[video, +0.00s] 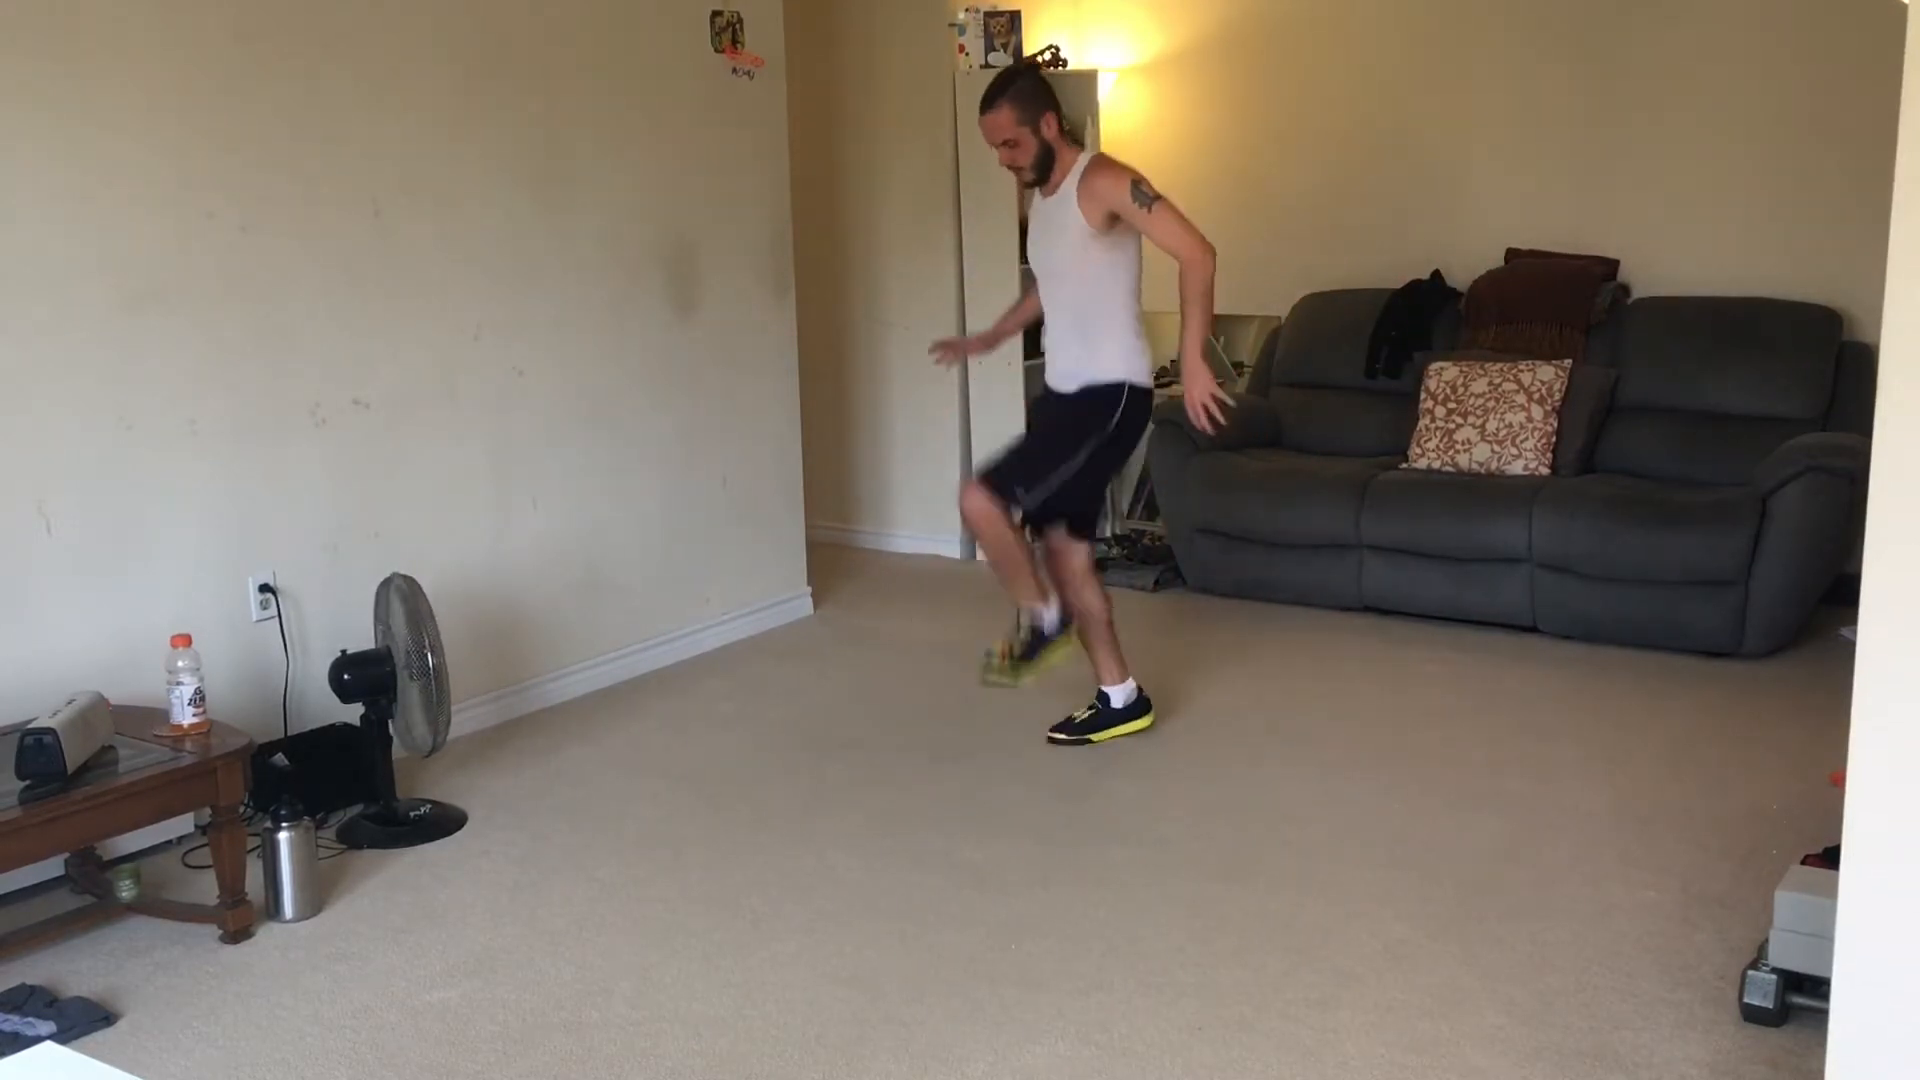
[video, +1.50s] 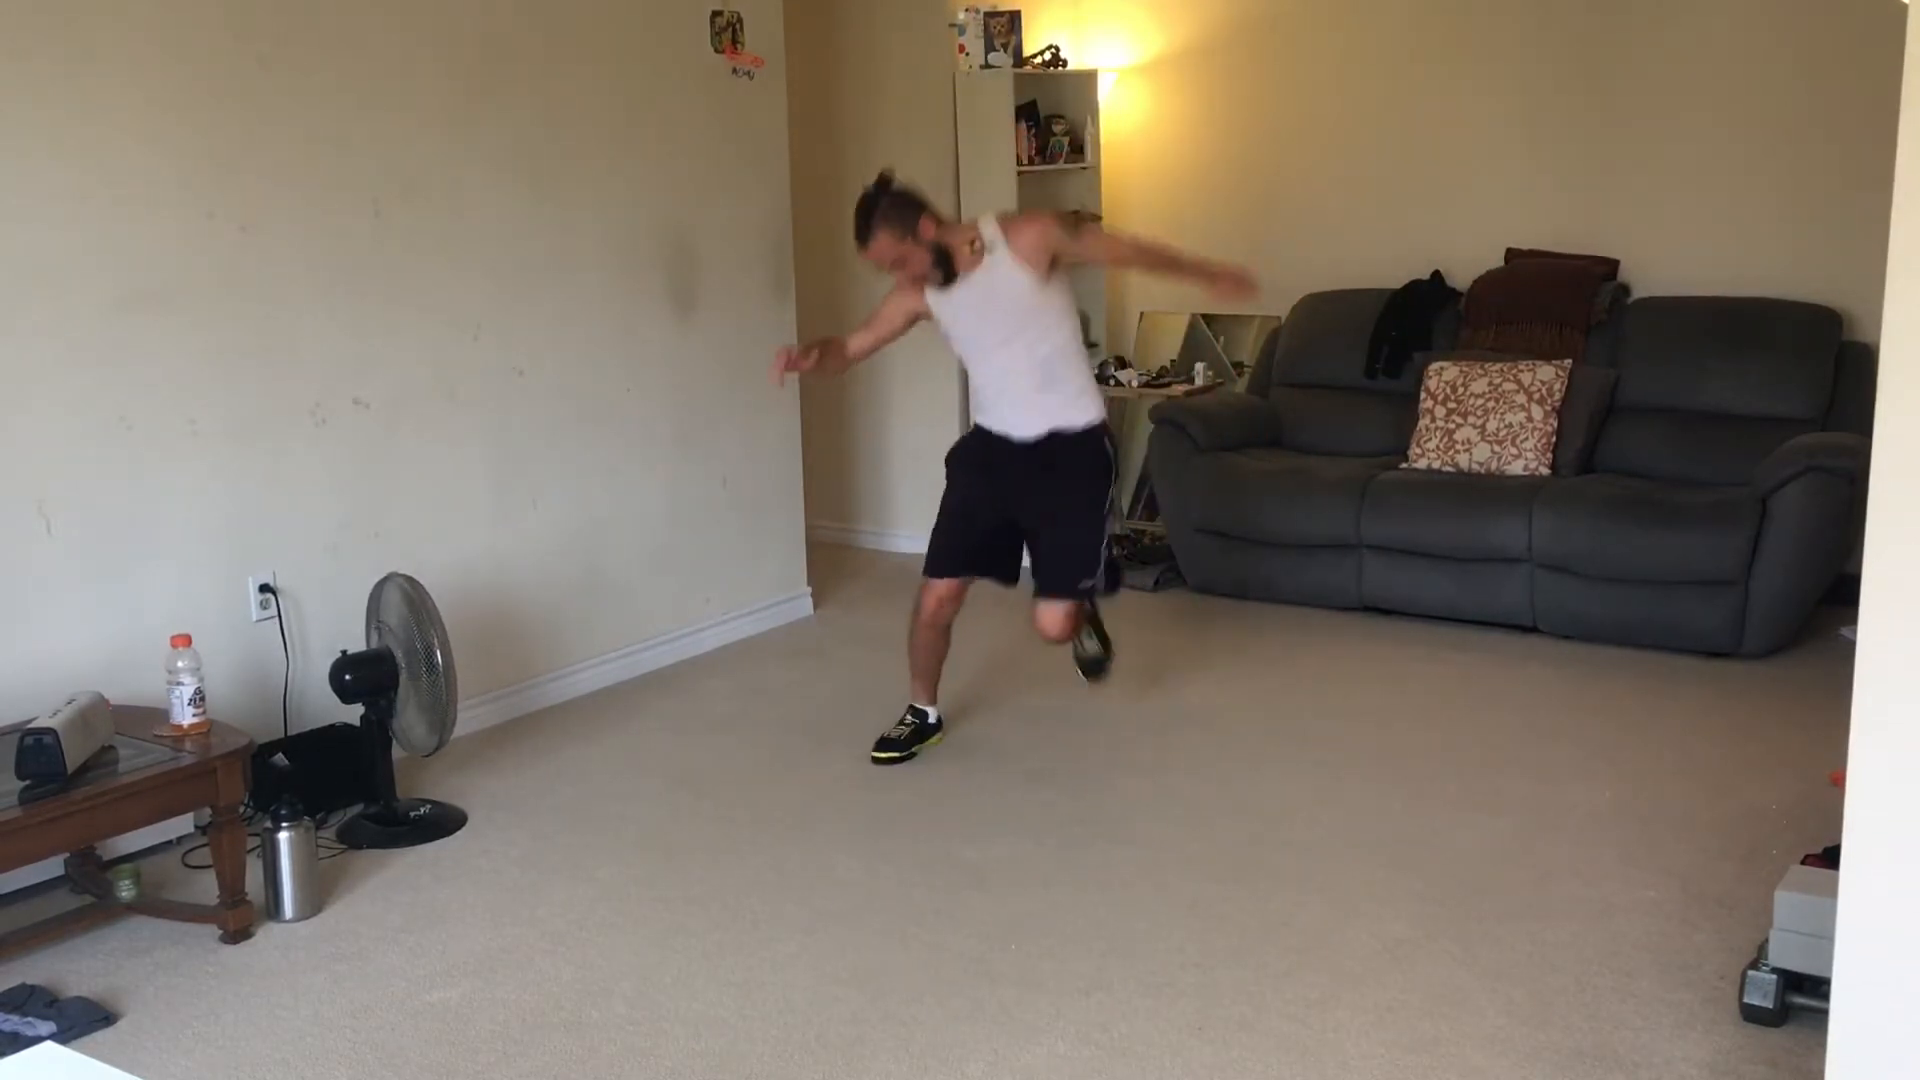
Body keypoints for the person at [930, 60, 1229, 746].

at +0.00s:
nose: (1003, 159)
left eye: (1009, 143)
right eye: (994, 146)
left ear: (1049, 125)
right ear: (1020, 135)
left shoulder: (1105, 180)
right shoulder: (1040, 197)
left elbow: (1197, 254)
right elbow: (1048, 287)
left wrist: (1195, 361)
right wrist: (984, 341)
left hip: (1111, 394)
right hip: (1064, 392)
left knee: (983, 498)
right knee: (1066, 549)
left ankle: (1043, 617)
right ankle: (1120, 695)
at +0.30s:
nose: (998, 186)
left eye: (1004, 170)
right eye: (990, 175)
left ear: (1043, 146)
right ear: (995, 163)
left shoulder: (1097, 198)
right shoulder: (1044, 223)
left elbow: (1190, 271)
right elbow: (1057, 313)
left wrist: (1186, 378)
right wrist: (983, 362)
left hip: (1134, 405)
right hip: (1094, 408)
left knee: (986, 475)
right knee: (1072, 582)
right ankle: (1136, 728)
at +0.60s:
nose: (971, 176)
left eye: (976, 159)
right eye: (960, 165)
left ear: (1011, 129)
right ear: (958, 152)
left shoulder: (1086, 161)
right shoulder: (988, 204)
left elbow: (1181, 221)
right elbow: (989, 277)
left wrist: (1112, 305)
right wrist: (951, 352)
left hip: (1143, 366)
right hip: (1067, 384)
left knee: (1106, 496)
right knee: (1051, 564)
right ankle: (1099, 693)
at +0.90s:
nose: (968, 287)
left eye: (972, 274)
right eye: (959, 279)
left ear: (1007, 239)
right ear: (954, 262)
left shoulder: (1094, 234)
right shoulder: (973, 304)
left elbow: (1195, 258)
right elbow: (922, 383)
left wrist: (1184, 329)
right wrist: (882, 467)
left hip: (1130, 450)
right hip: (1050, 462)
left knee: (1154, 603)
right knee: (1081, 614)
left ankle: (1029, 674)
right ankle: (1085, 740)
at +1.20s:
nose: (978, 186)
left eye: (988, 170)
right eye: (968, 173)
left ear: (1027, 148)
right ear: (961, 162)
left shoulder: (1089, 183)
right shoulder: (963, 225)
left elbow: (1205, 184)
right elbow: (915, 311)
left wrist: (1191, 210)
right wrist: (889, 394)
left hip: (1075, 420)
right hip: (1009, 424)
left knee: (1124, 574)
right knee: (1058, 587)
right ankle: (1075, 735)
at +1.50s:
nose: (898, 274)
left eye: (897, 260)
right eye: (888, 267)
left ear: (924, 226)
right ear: (892, 255)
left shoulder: (1029, 238)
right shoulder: (920, 292)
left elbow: (1129, 251)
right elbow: (851, 348)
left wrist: (1209, 274)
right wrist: (813, 357)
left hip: (1073, 445)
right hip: (992, 448)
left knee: (1053, 625)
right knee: (937, 596)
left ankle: (1082, 612)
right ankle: (922, 712)